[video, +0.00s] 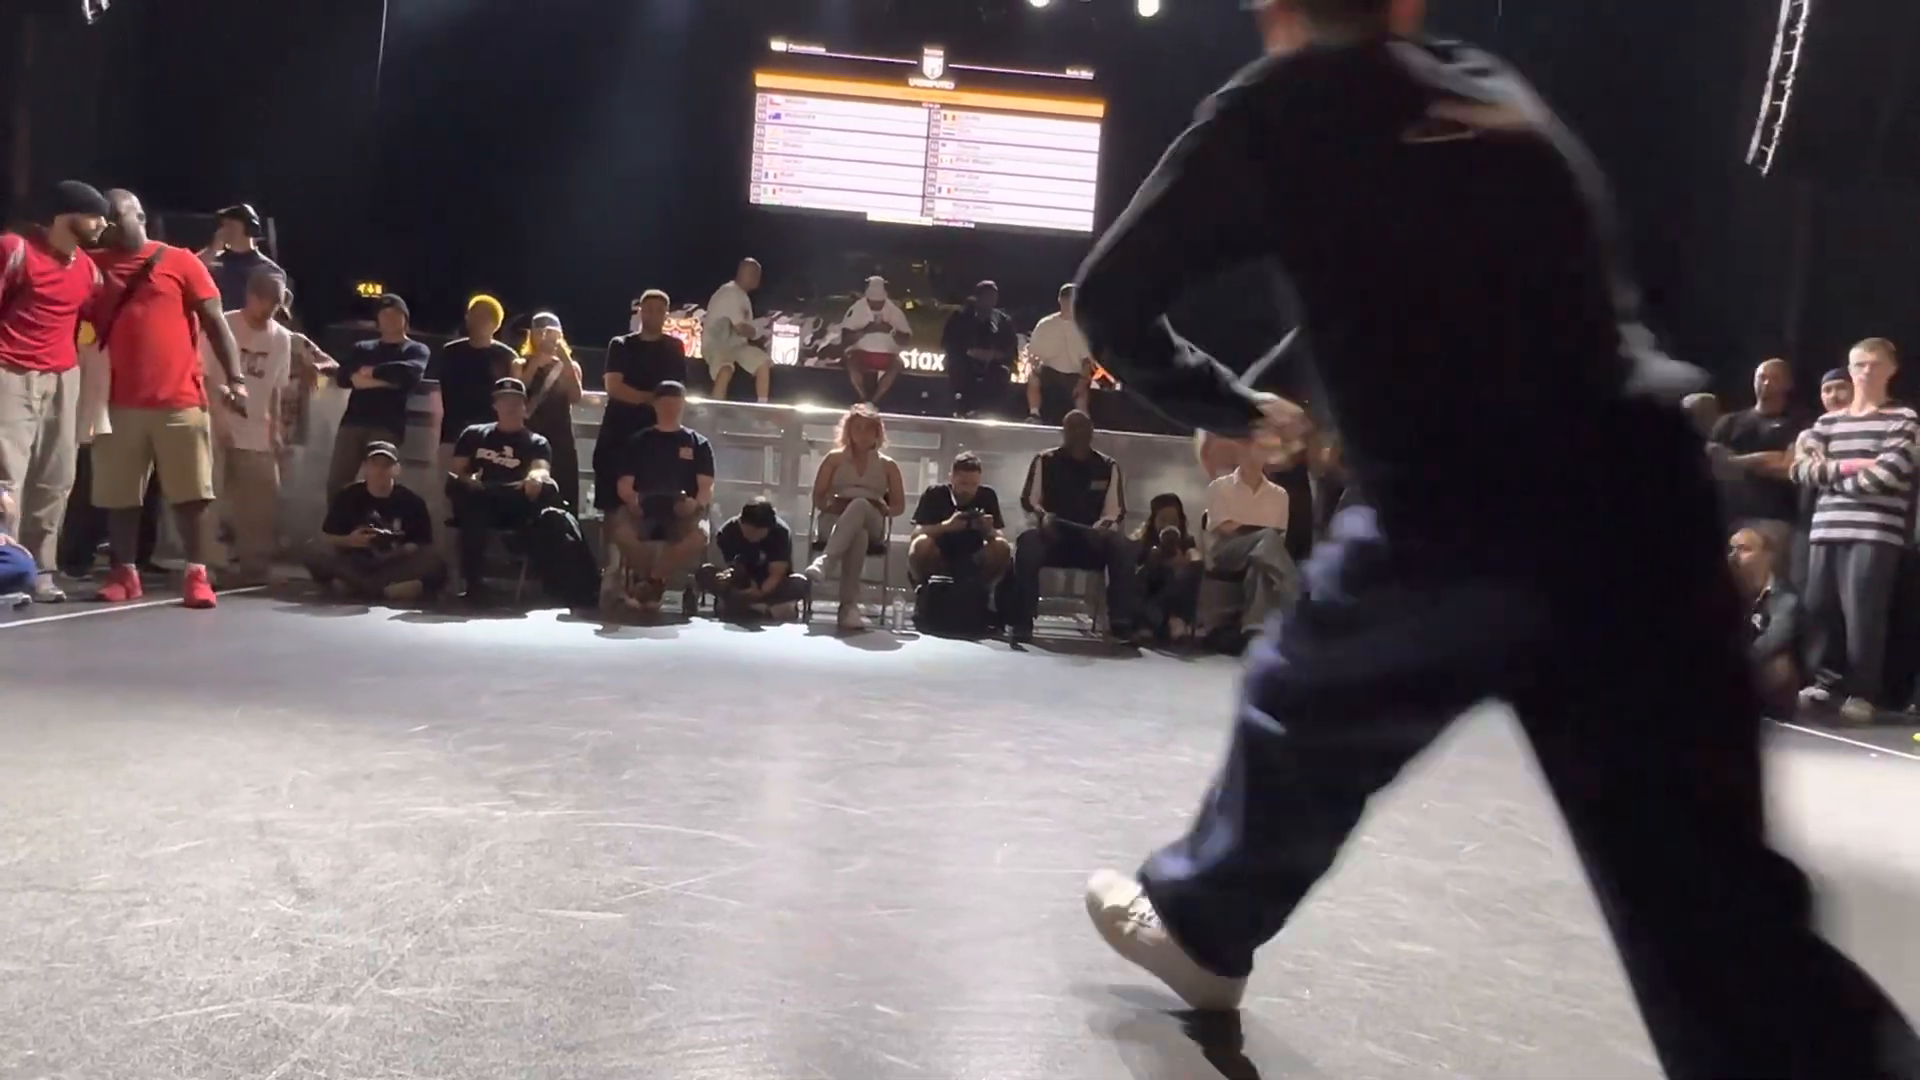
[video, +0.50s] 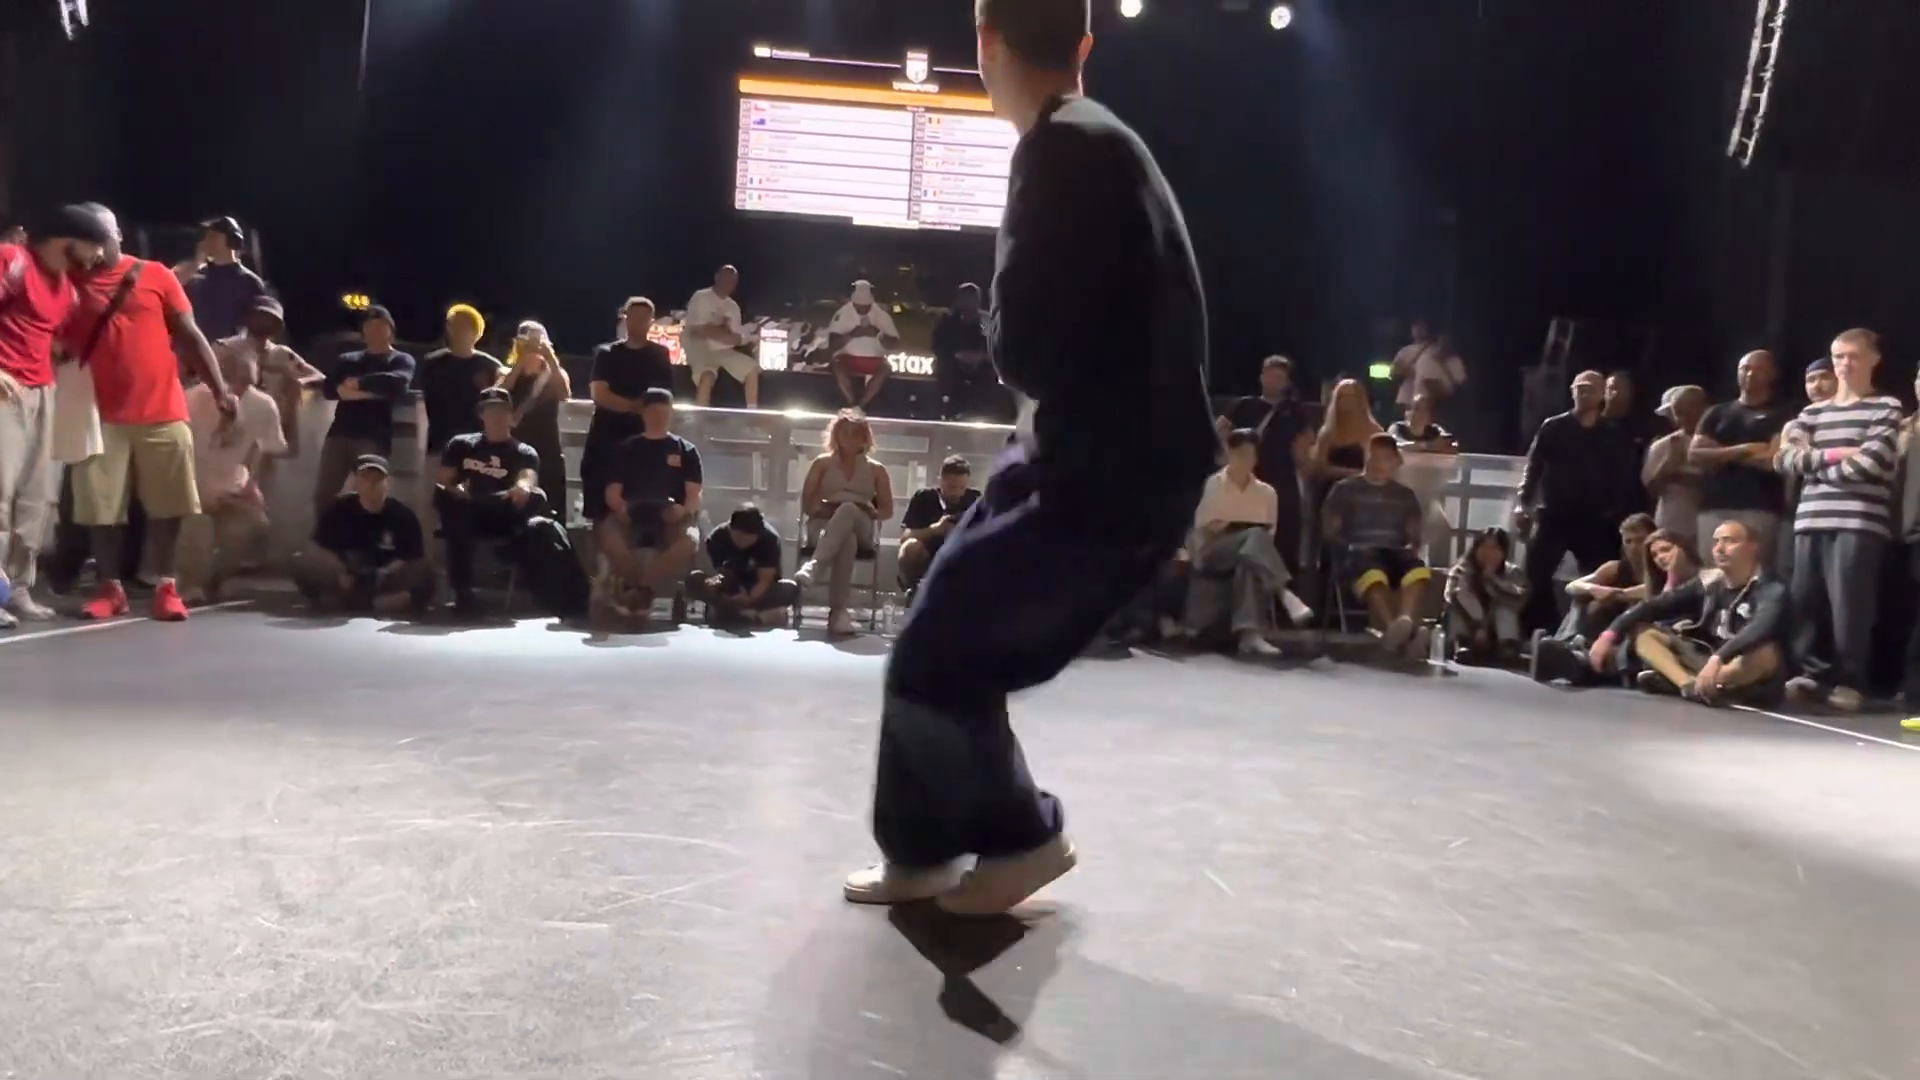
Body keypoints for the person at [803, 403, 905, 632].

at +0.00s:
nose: (864, 434)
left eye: (870, 428)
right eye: (858, 428)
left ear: (878, 433)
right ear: (848, 431)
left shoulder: (888, 466)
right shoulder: (834, 459)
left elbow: (898, 506)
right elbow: (819, 499)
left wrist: (881, 509)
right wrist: (839, 506)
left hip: (873, 526)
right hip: (833, 521)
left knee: (859, 504)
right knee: (859, 535)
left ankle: (825, 561)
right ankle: (848, 607)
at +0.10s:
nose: (860, 434)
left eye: (866, 429)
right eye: (854, 428)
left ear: (875, 433)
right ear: (845, 431)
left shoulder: (884, 465)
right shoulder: (831, 459)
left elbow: (895, 506)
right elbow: (816, 499)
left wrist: (876, 508)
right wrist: (838, 506)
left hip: (870, 526)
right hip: (831, 522)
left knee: (856, 504)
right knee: (856, 534)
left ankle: (822, 560)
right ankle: (845, 607)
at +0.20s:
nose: (860, 434)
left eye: (866, 429)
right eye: (854, 428)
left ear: (873, 433)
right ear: (843, 431)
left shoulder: (882, 465)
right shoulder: (829, 459)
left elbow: (894, 505)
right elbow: (814, 497)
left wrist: (875, 509)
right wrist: (832, 506)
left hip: (868, 526)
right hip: (829, 522)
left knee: (854, 504)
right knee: (854, 535)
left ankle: (819, 562)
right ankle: (844, 607)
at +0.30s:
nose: (859, 435)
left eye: (864, 429)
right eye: (853, 429)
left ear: (870, 434)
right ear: (841, 432)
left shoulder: (880, 466)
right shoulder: (826, 460)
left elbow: (890, 507)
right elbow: (811, 499)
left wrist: (869, 508)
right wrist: (832, 507)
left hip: (866, 527)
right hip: (826, 523)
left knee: (851, 505)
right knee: (851, 534)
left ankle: (817, 562)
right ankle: (841, 608)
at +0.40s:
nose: (856, 436)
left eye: (860, 430)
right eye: (850, 430)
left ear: (867, 435)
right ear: (838, 434)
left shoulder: (877, 467)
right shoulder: (823, 461)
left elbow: (887, 508)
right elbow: (807, 499)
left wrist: (864, 508)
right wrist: (830, 509)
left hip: (863, 528)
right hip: (823, 523)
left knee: (849, 506)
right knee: (848, 535)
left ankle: (815, 562)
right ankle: (838, 609)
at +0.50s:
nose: (853, 439)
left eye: (858, 433)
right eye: (847, 433)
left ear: (866, 438)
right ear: (836, 436)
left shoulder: (876, 470)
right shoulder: (822, 464)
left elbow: (886, 511)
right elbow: (808, 505)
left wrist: (863, 510)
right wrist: (835, 513)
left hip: (862, 531)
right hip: (823, 526)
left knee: (847, 509)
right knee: (847, 538)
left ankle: (814, 565)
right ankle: (838, 612)